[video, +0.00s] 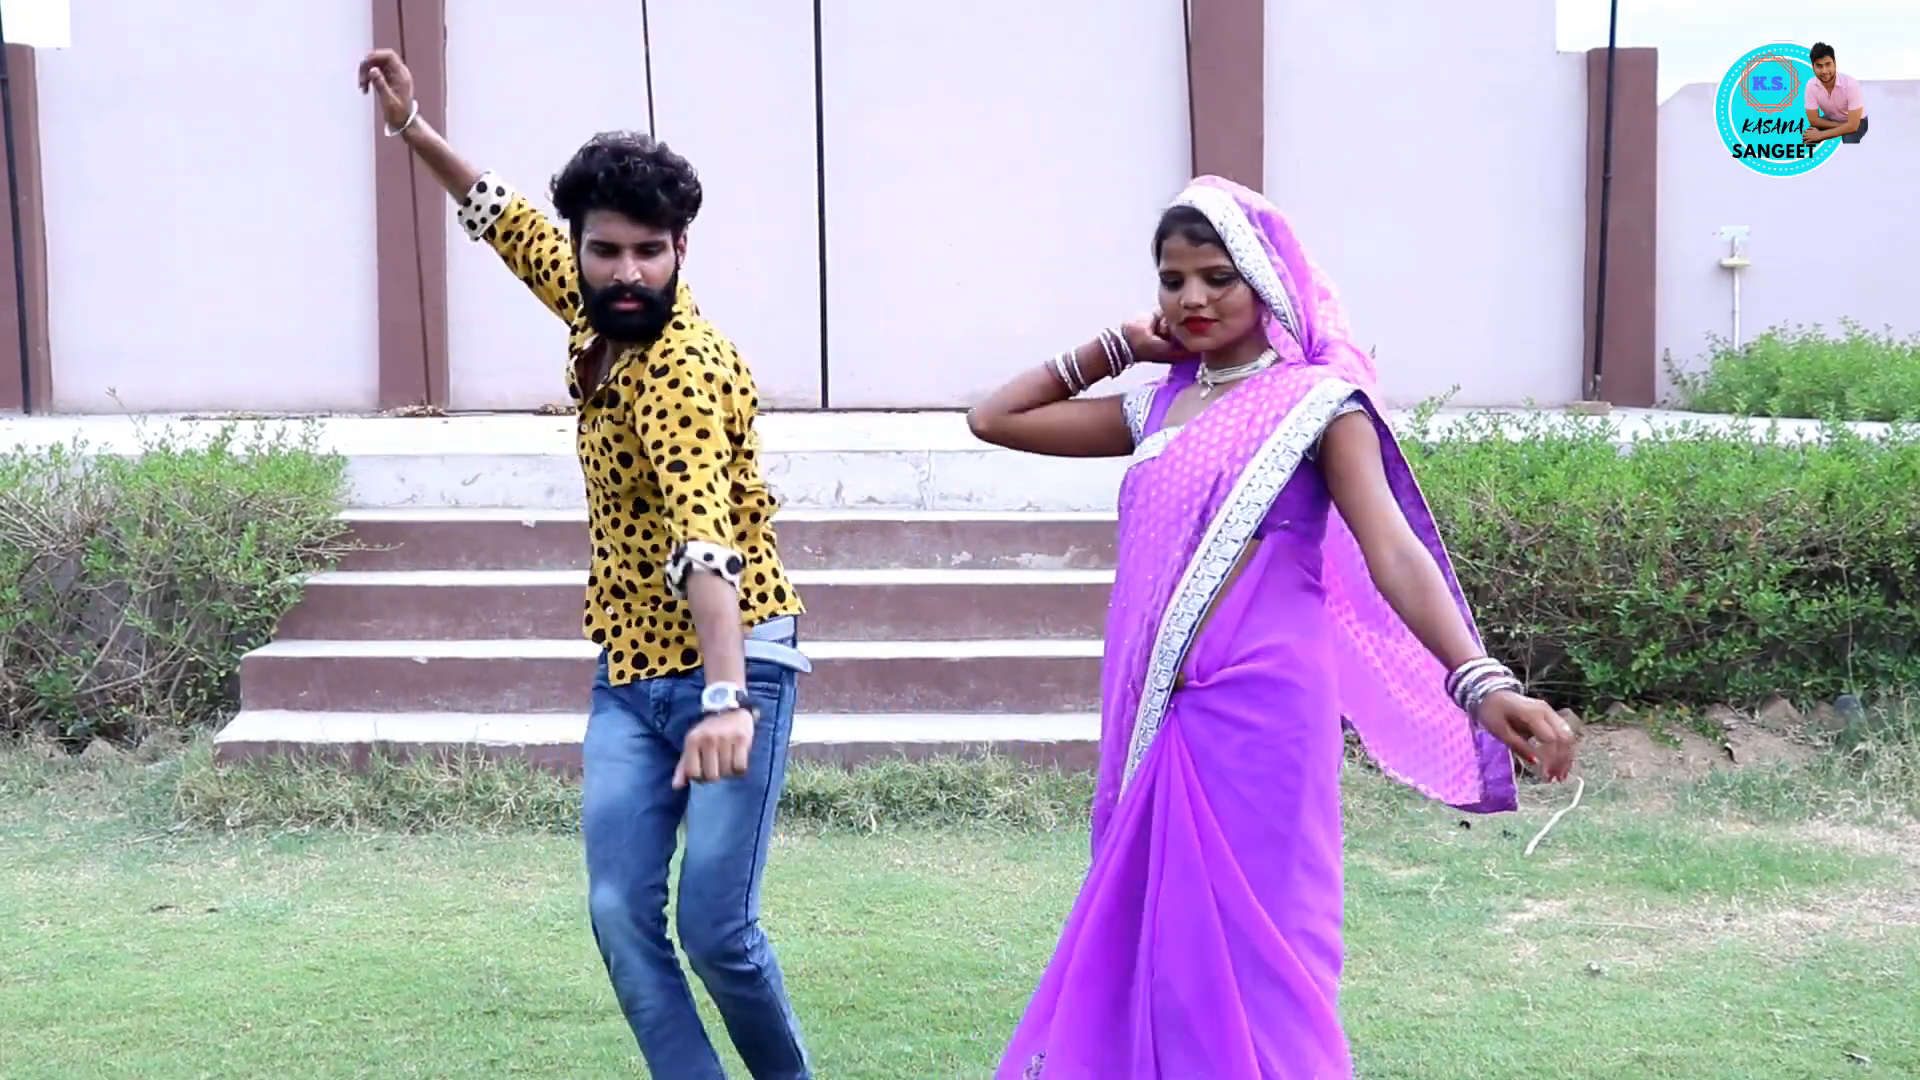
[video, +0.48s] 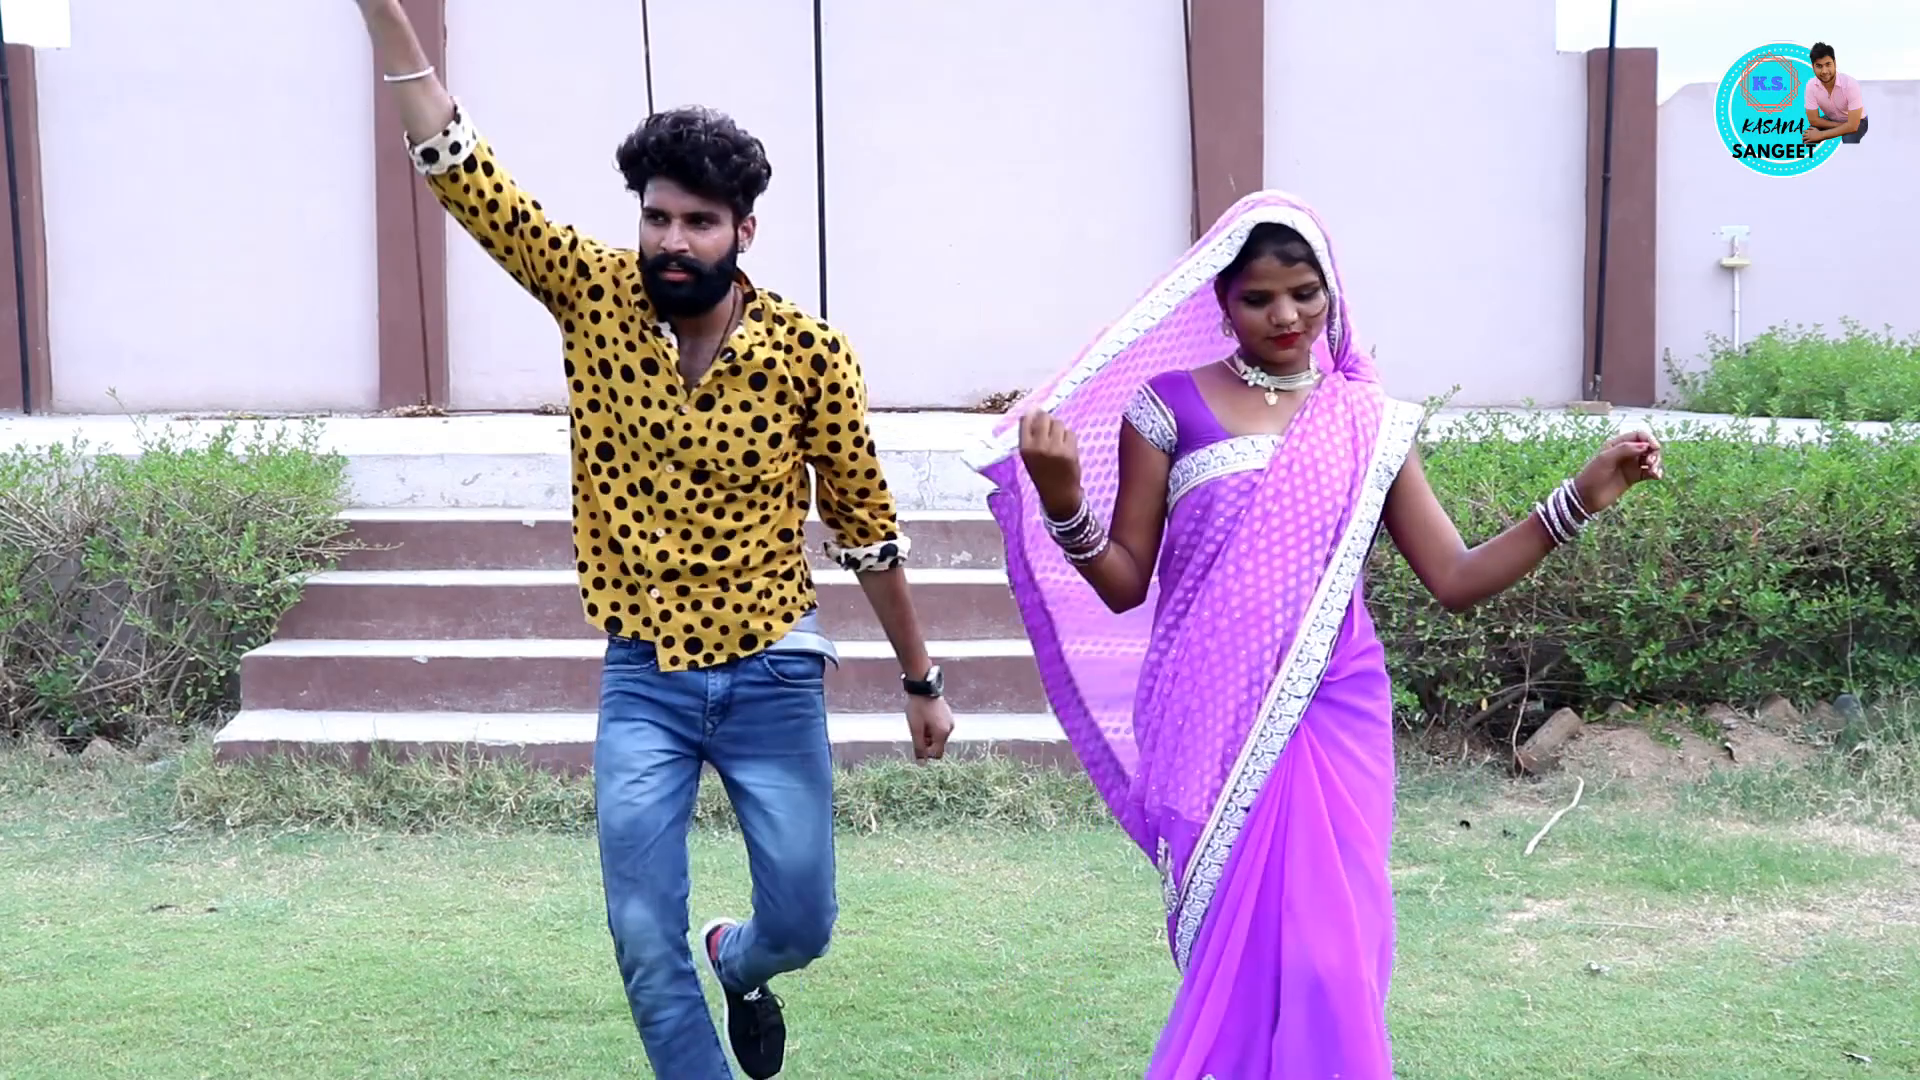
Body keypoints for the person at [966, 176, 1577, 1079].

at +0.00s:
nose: (1195, 299)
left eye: (1218, 277)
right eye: (1177, 281)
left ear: (1268, 282)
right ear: (1162, 292)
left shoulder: (1321, 400)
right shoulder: (1164, 405)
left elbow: (1396, 555)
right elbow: (996, 418)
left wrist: (1483, 683)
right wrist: (1116, 348)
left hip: (1257, 711)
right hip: (1147, 709)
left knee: (1249, 951)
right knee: (1144, 943)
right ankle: (1155, 1075)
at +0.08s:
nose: (1211, 310)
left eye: (1235, 287)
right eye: (1190, 290)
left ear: (1277, 290)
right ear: (1169, 296)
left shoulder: (1335, 412)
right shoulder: (1150, 411)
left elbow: (1427, 569)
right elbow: (985, 448)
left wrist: (1532, 675)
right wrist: (1080, 358)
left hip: (1279, 716)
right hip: (1156, 715)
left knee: (1267, 959)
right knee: (1148, 950)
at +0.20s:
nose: (1238, 299)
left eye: (1260, 277)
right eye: (1213, 279)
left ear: (1295, 279)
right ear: (1188, 283)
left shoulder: (1354, 401)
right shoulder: (1150, 394)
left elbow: (1454, 560)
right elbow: (1025, 501)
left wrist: (1583, 605)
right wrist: (1034, 361)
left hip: (1310, 702)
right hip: (1174, 699)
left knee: (1303, 941)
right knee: (1171, 936)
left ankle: (1300, 1071)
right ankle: (1177, 1075)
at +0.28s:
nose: (1256, 296)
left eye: (1276, 273)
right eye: (1230, 276)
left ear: (1306, 274)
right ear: (1199, 279)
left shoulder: (1363, 390)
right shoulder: (1154, 388)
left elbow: (1455, 557)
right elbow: (1069, 538)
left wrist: (1592, 547)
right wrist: (1026, 384)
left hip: (1320, 698)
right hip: (1183, 699)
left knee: (1306, 946)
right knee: (1184, 942)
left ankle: (1303, 1074)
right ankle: (1188, 1076)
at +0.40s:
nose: (1275, 315)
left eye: (1293, 291)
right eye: (1249, 296)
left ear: (1322, 288)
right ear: (1216, 297)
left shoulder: (1366, 404)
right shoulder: (1163, 404)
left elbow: (1454, 573)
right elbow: (1117, 579)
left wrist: (1582, 505)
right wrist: (1047, 465)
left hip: (1338, 708)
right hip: (1211, 713)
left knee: (1325, 955)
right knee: (1241, 952)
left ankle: (1321, 1076)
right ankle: (1228, 1076)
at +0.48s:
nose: (1283, 316)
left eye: (1301, 294)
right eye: (1258, 298)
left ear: (1330, 295)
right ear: (1225, 302)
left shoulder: (1367, 414)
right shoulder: (1171, 406)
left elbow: (1454, 578)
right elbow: (1122, 585)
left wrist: (1580, 498)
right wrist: (1062, 502)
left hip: (1341, 710)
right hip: (1212, 713)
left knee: (1335, 964)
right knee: (1241, 961)